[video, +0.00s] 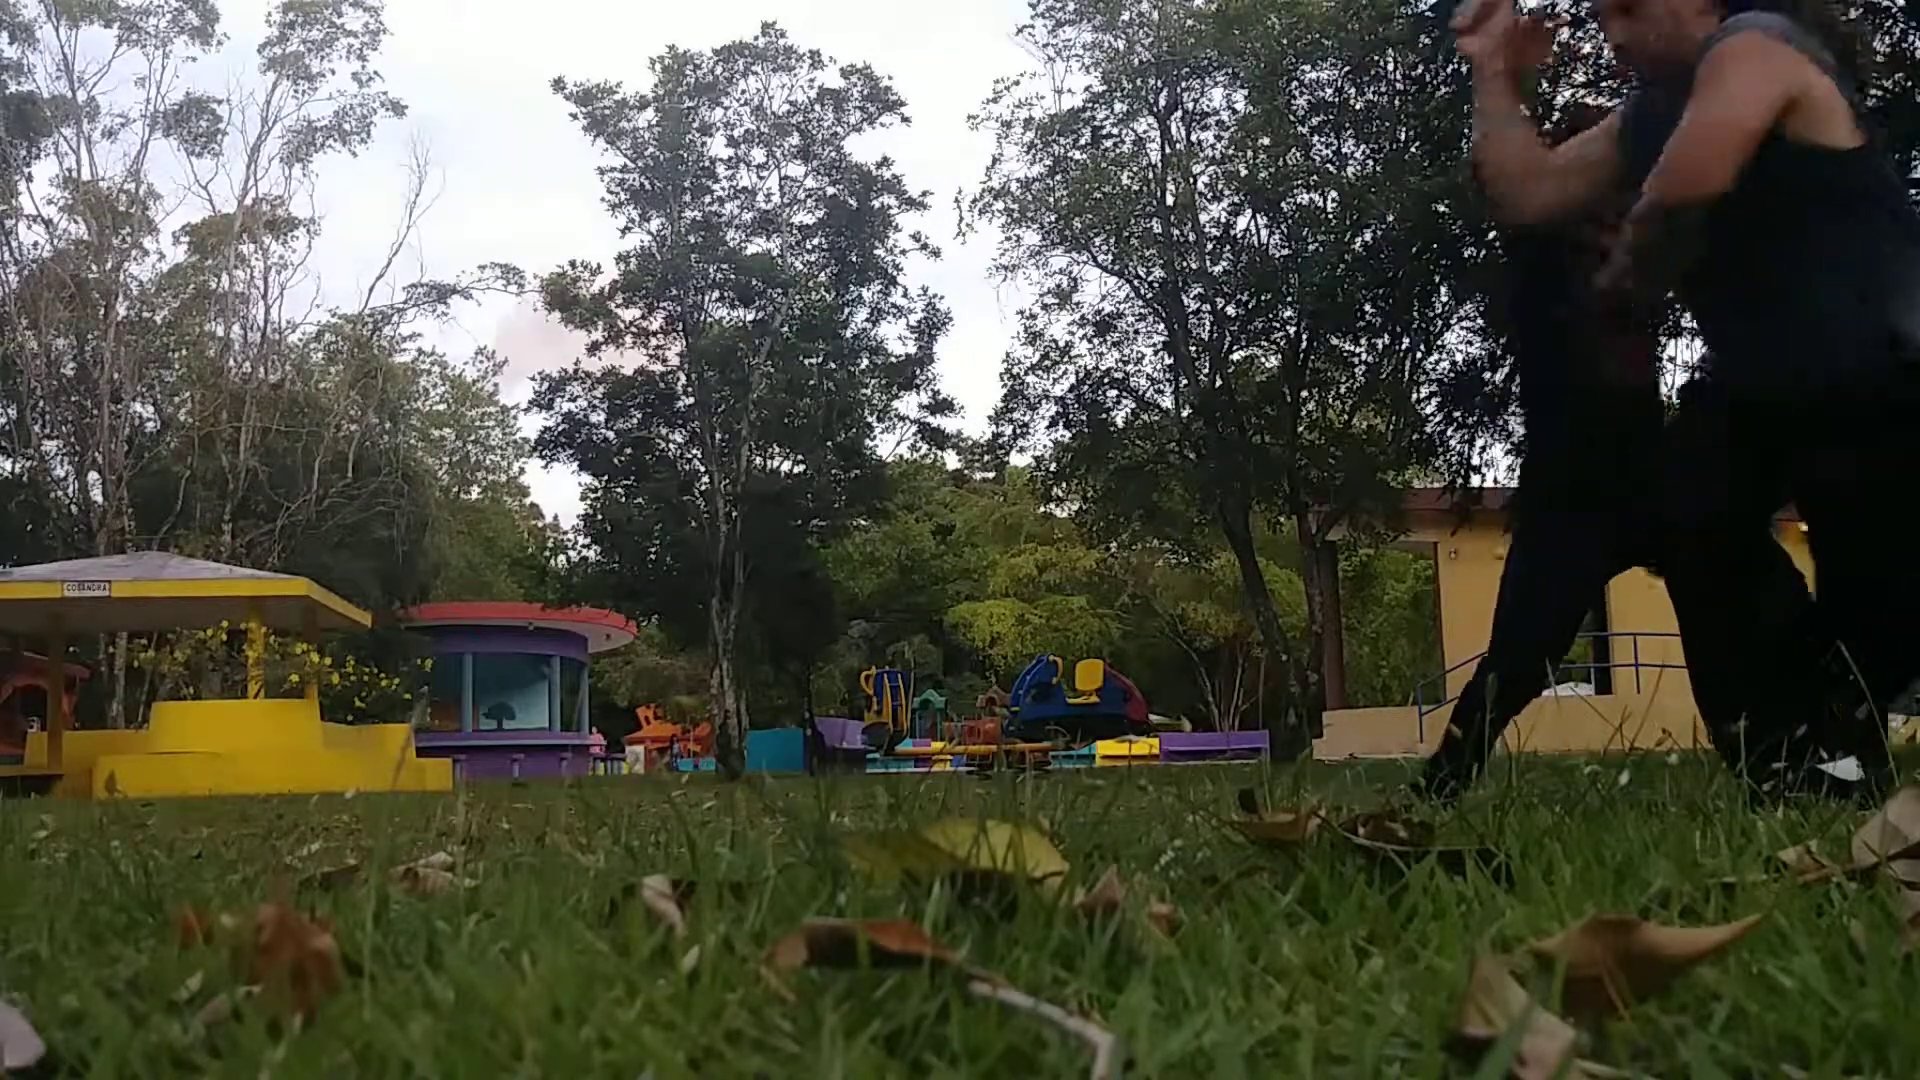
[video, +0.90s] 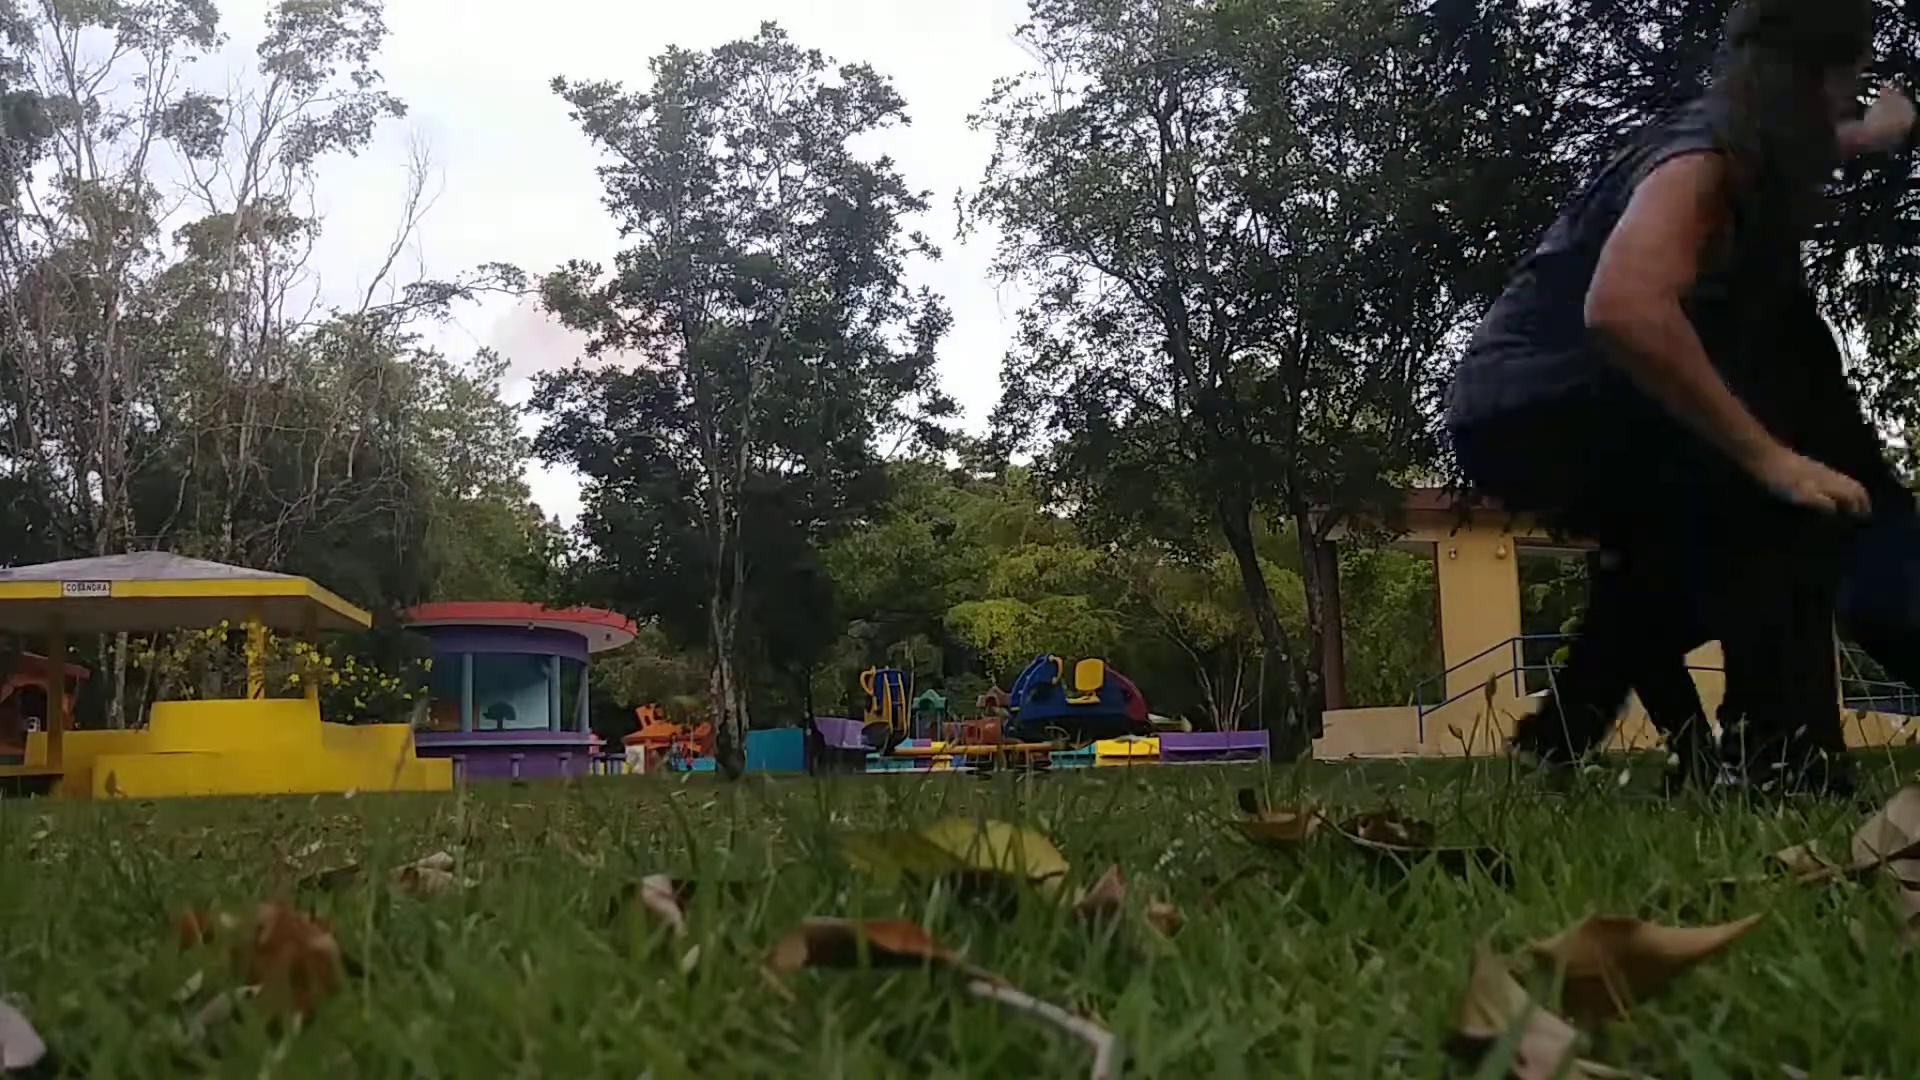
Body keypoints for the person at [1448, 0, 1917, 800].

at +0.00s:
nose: (1611, 35)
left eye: (1622, 14)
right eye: (1606, 21)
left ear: (1687, 3)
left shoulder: (1759, 48)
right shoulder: (1660, 110)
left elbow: (1687, 180)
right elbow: (1525, 191)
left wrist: (1635, 261)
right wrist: (1494, 75)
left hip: (1866, 374)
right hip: (1755, 381)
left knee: (1876, 591)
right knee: (1690, 518)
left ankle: (1839, 746)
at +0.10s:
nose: (1675, 0)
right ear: (1630, 9)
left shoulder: (1802, 25)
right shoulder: (1614, 102)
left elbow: (1804, 135)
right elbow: (1521, 220)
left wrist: (1637, 195)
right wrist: (1443, 155)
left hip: (1867, 367)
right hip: (1727, 384)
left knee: (1888, 574)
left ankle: (1893, 755)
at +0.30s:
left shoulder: (1830, 24)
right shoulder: (1633, 73)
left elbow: (1911, 86)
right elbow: (1562, 220)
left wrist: (1809, 115)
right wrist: (1720, 297)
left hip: (1835, 365)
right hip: (1692, 376)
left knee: (1881, 568)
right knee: (1749, 569)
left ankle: (1897, 761)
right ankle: (1795, 764)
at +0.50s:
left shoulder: (1798, 50)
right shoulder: (1695, 63)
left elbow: (1871, 59)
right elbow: (1625, 211)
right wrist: (1797, 243)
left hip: (1719, 343)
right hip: (1626, 351)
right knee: (1724, 530)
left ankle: (1783, 745)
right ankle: (1711, 759)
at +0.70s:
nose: (1908, 29)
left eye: (1901, 12)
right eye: (1891, 11)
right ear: (1832, 26)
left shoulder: (1805, 122)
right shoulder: (1722, 100)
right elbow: (1614, 245)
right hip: (1570, 345)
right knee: (1758, 522)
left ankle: (1767, 753)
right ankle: (1752, 756)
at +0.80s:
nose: (1870, 88)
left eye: (1872, 67)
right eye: (1862, 68)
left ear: (1784, 48)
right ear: (1814, 62)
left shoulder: (1793, 124)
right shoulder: (1718, 136)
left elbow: (1891, 55)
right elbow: (1626, 284)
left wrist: (1898, 51)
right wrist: (1761, 439)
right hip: (1546, 373)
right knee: (1759, 521)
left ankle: (1679, 748)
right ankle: (1768, 754)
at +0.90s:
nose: (1852, 93)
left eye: (1856, 77)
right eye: (1845, 75)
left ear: (1759, 63)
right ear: (1799, 72)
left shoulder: (1751, 142)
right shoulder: (1706, 150)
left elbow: (1843, 138)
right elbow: (1627, 306)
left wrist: (1888, 121)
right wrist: (1768, 456)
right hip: (1526, 399)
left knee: (1666, 540)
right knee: (1767, 518)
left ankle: (1559, 735)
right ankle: (1782, 755)